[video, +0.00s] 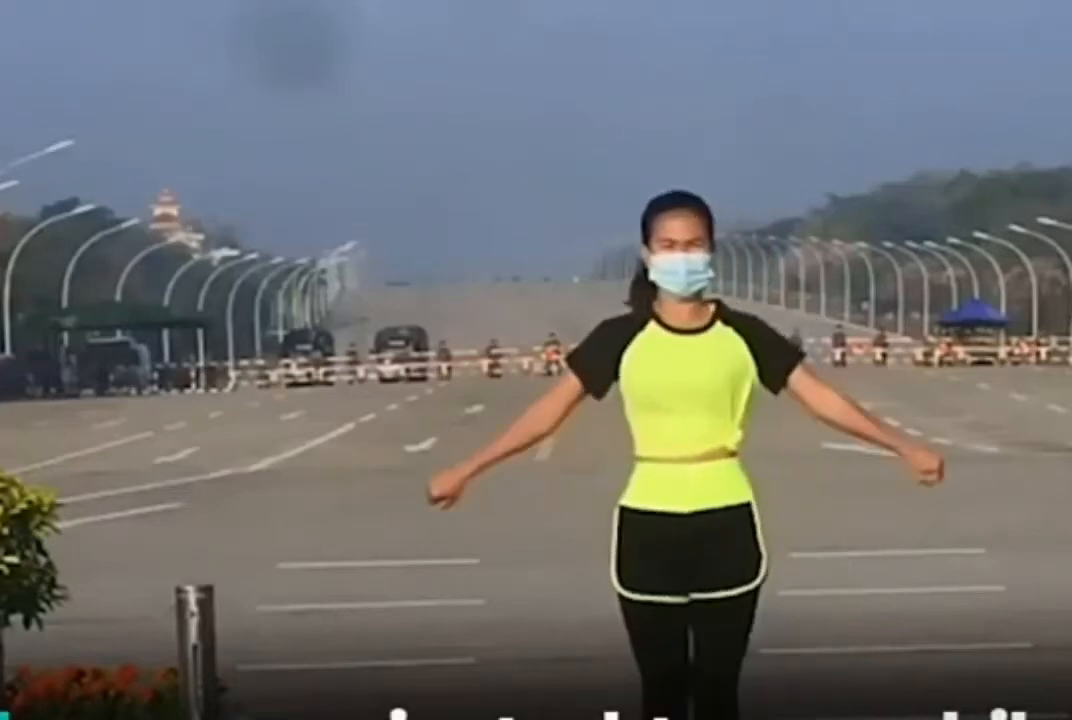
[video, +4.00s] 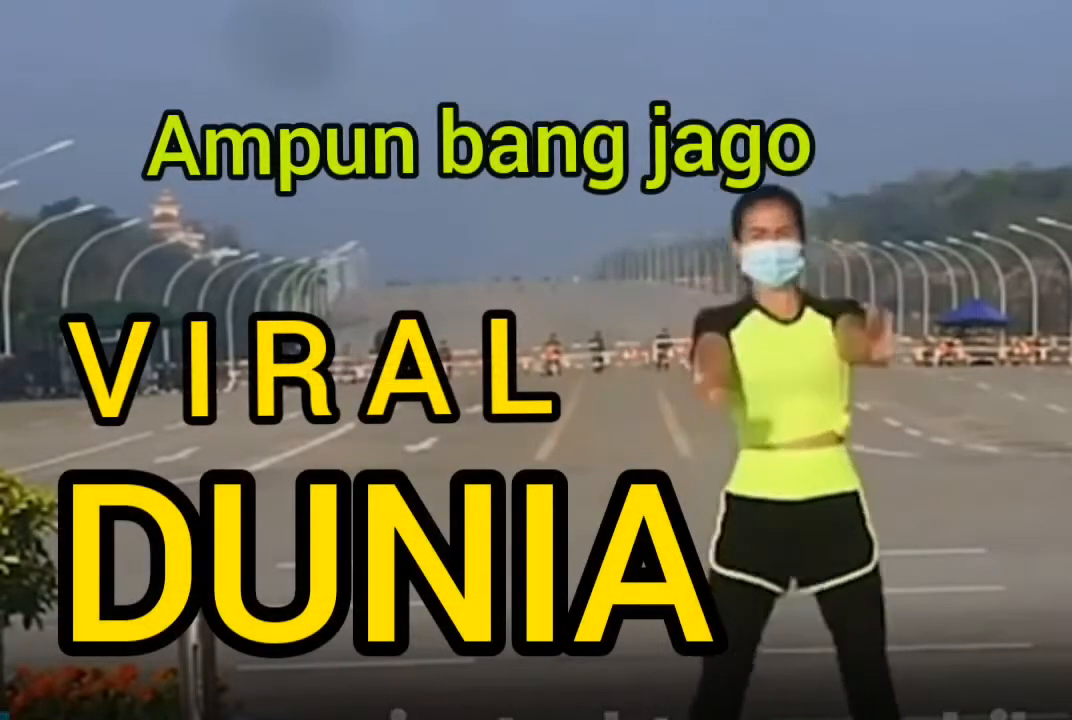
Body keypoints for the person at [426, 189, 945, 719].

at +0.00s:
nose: (686, 257)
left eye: (697, 244)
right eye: (670, 245)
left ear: (713, 253)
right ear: (646, 255)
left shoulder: (745, 334)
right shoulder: (619, 337)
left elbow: (821, 399)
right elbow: (547, 414)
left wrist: (905, 446)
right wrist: (465, 471)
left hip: (728, 523)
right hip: (647, 525)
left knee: (717, 692)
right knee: (662, 692)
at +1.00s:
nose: (684, 259)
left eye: (696, 245)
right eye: (669, 247)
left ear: (713, 254)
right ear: (646, 258)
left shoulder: (748, 336)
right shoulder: (622, 339)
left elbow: (826, 398)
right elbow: (544, 415)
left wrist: (912, 444)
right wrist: (461, 465)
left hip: (729, 525)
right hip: (649, 526)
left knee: (717, 693)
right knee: (664, 693)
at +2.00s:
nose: (616, 267)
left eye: (629, 255)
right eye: (602, 255)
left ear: (648, 262)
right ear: (583, 261)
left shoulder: (677, 334)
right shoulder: (559, 339)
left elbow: (660, 409)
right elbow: (569, 424)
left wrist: (589, 343)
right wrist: (624, 353)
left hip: (662, 527)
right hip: (582, 529)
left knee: (682, 695)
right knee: (565, 697)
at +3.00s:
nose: (682, 275)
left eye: (694, 262)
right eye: (667, 263)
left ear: (710, 272)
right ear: (645, 274)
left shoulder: (745, 357)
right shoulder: (619, 362)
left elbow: (768, 466)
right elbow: (609, 472)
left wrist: (786, 559)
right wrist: (606, 564)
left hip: (732, 550)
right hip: (650, 553)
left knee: (733, 707)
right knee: (667, 708)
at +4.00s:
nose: (774, 246)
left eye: (785, 234)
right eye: (759, 236)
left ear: (803, 244)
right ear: (738, 251)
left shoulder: (839, 317)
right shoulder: (721, 326)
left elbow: (861, 340)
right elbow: (713, 367)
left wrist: (875, 346)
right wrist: (713, 385)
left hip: (835, 507)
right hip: (755, 512)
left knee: (868, 670)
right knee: (726, 670)